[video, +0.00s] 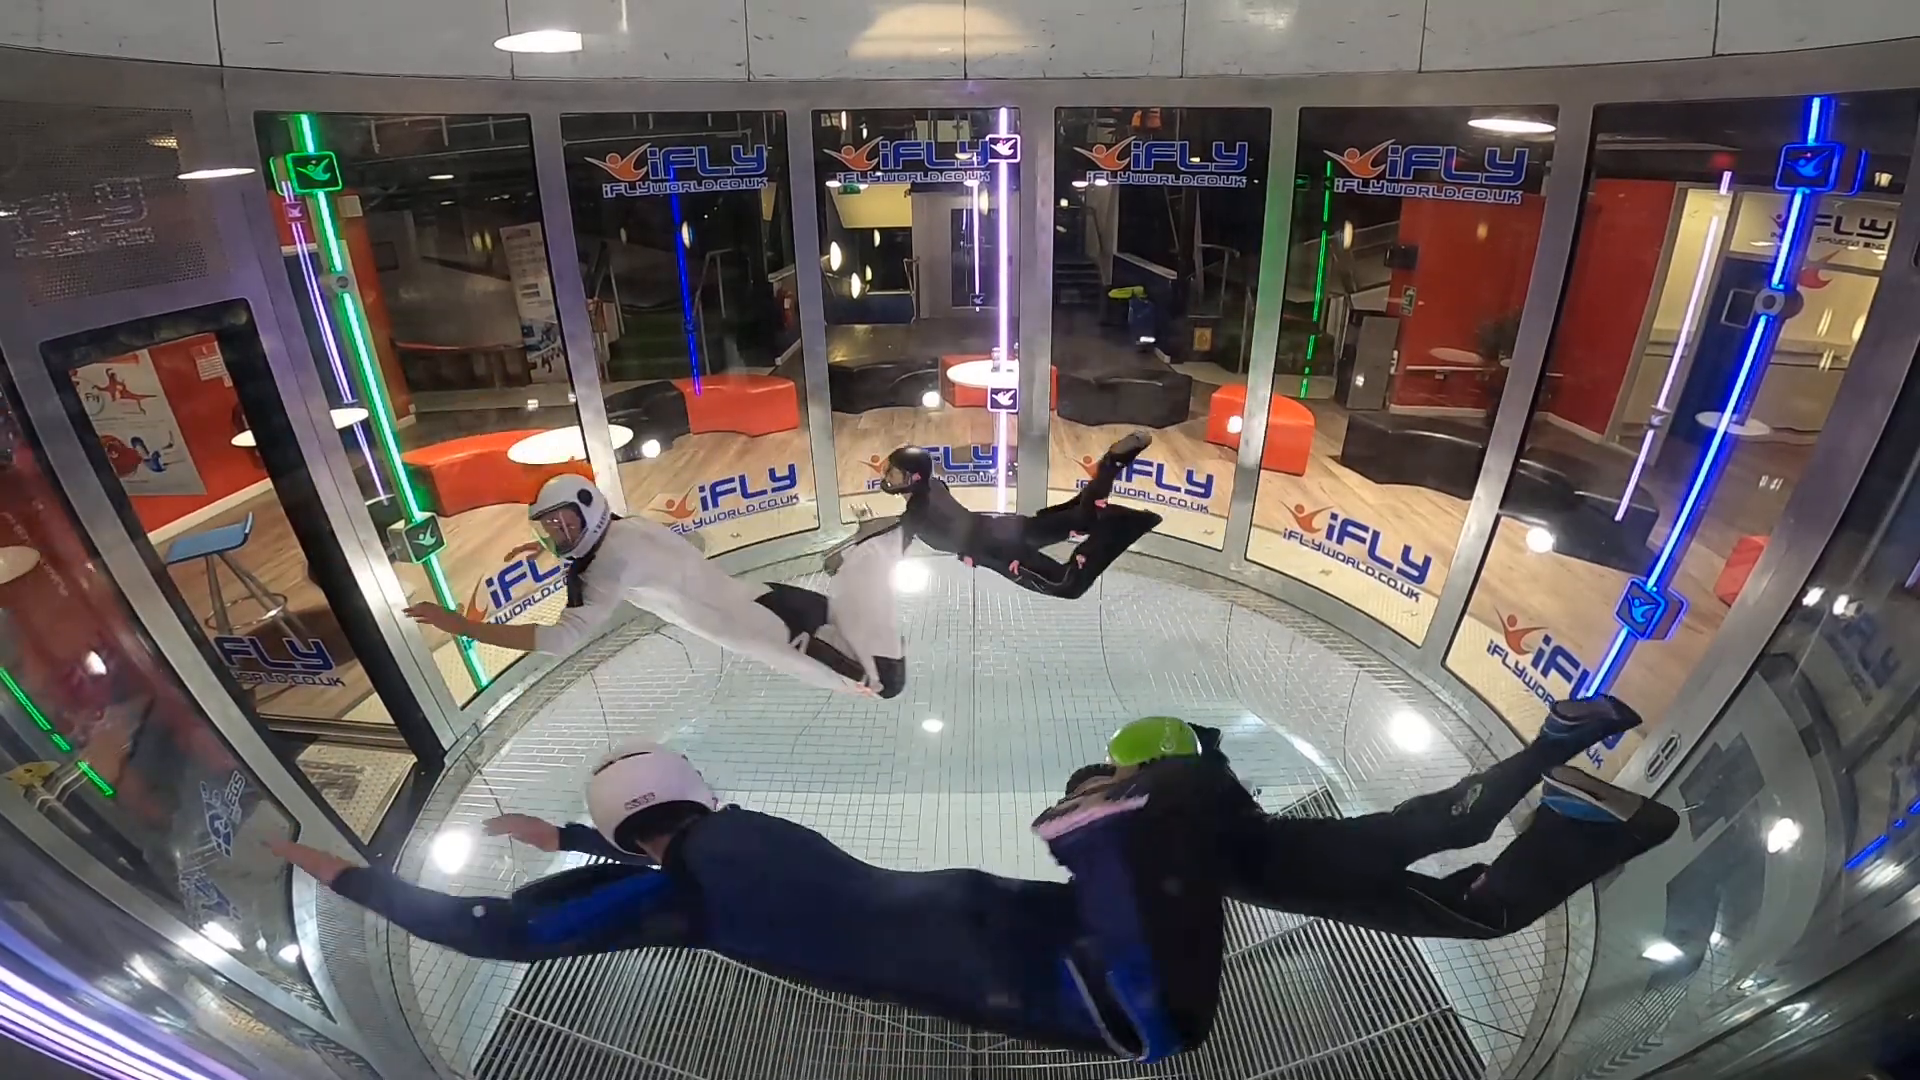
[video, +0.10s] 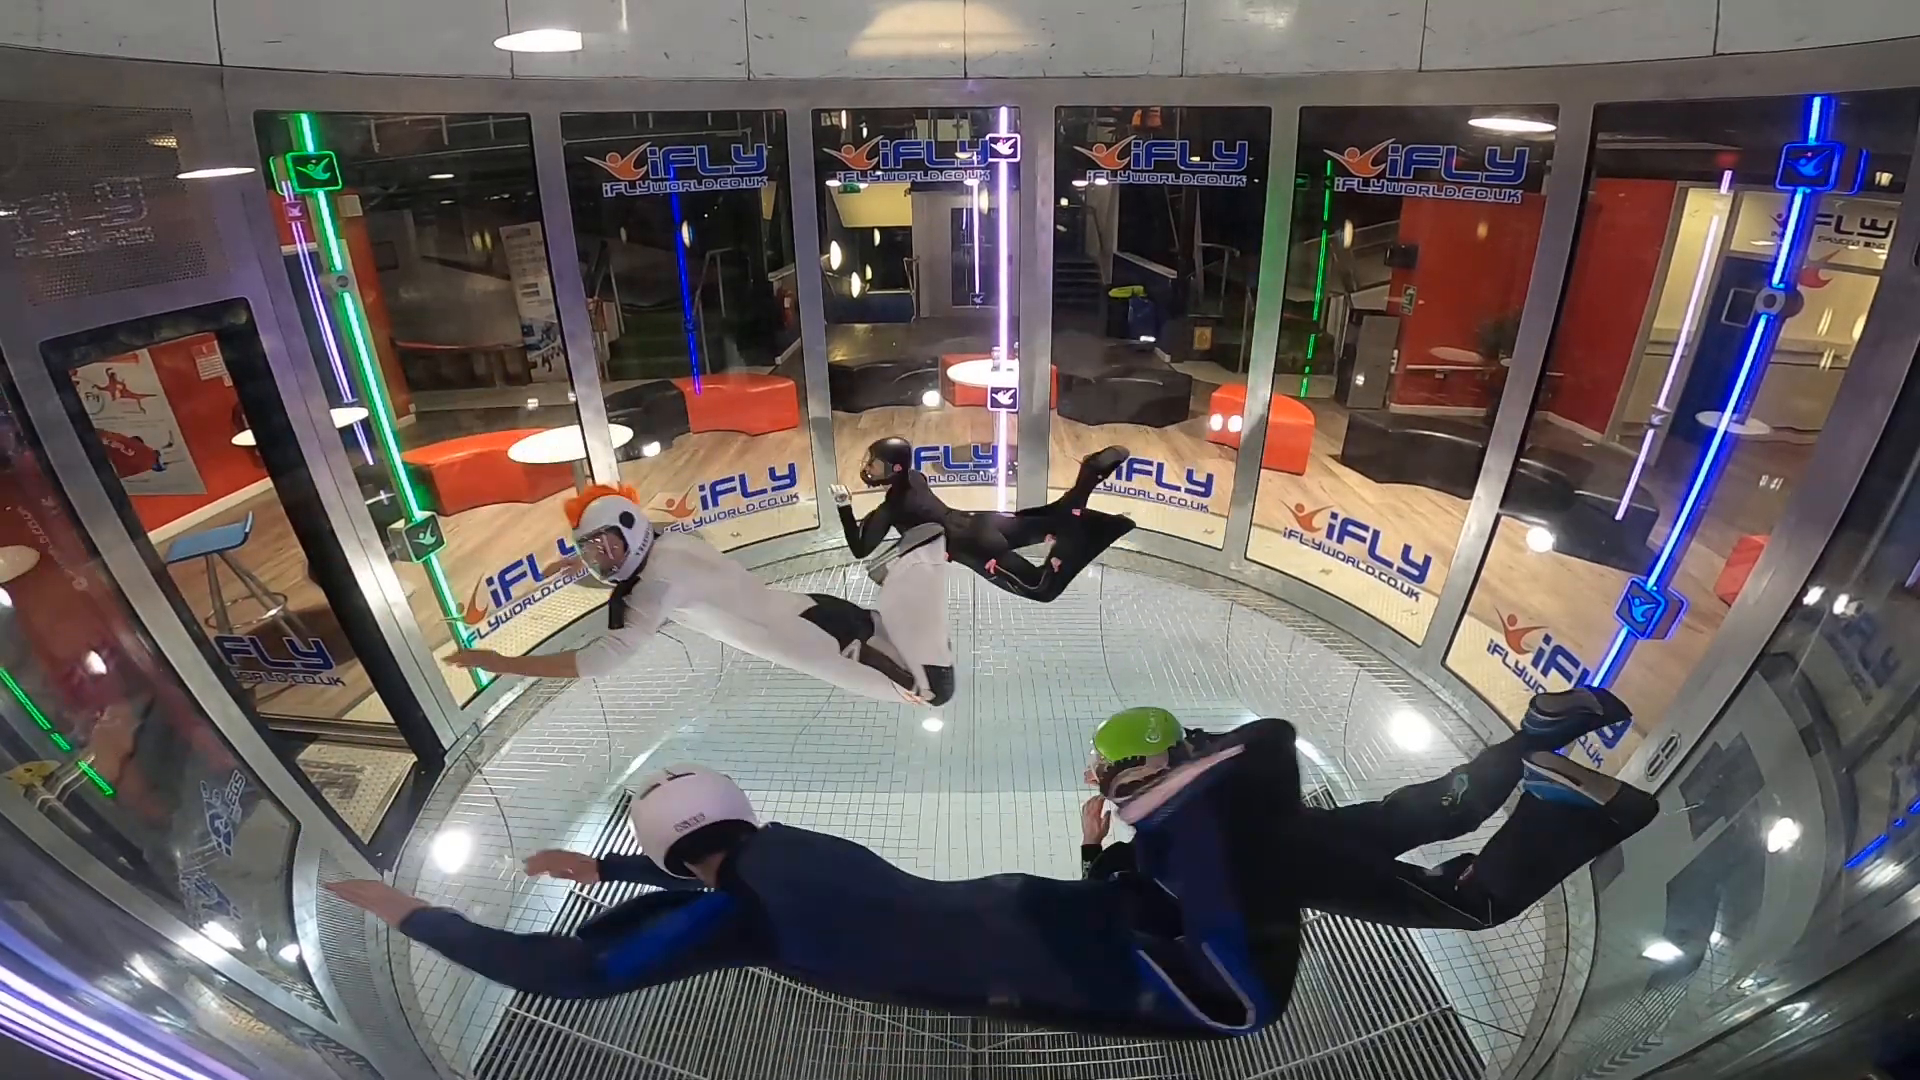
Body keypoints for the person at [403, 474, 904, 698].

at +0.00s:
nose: (553, 535)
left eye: (558, 521)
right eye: (546, 526)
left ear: (588, 511)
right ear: (569, 519)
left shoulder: (612, 560)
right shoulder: (622, 530)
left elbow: (561, 640)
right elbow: (689, 547)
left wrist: (463, 627)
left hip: (768, 625)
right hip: (768, 605)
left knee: (885, 679)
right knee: (864, 656)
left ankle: (875, 552)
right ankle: (858, 567)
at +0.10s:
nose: (600, 557)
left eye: (605, 542)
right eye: (591, 549)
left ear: (633, 531)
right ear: (602, 545)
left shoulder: (658, 578)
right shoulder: (659, 545)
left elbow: (597, 661)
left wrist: (499, 663)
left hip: (821, 636)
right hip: (815, 622)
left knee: (932, 687)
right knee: (913, 674)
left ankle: (926, 552)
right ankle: (911, 558)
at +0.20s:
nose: (650, 578)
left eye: (656, 564)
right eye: (642, 570)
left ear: (681, 550)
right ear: (661, 556)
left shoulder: (706, 602)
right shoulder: (707, 557)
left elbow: (648, 680)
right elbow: (657, 565)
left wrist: (553, 688)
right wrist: (617, 584)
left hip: (855, 644)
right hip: (850, 617)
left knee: (978, 693)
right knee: (930, 634)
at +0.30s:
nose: (699, 593)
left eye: (705, 583)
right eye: (695, 584)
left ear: (732, 579)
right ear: (730, 573)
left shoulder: (762, 623)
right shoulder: (756, 577)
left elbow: (701, 697)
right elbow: (710, 584)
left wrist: (624, 695)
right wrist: (674, 605)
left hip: (920, 661)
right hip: (913, 629)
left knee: (1026, 702)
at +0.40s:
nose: (762, 597)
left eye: (768, 584)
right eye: (759, 586)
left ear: (787, 584)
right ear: (801, 567)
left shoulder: (820, 632)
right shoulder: (824, 584)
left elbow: (769, 700)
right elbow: (783, 595)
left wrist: (704, 683)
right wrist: (743, 614)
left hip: (982, 668)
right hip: (978, 638)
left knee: (1089, 704)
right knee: (1080, 683)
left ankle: (1098, 579)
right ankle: (1078, 584)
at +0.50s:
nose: (820, 618)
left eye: (826, 609)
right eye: (817, 608)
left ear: (848, 607)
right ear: (858, 581)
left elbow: (827, 708)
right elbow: (840, 605)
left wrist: (772, 683)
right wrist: (803, 629)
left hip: (1033, 667)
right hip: (1026, 639)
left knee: (1161, 699)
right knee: (1138, 665)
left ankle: (1159, 587)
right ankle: (1154, 579)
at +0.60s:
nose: (879, 615)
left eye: (887, 606)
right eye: (875, 607)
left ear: (913, 600)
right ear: (905, 593)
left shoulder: (935, 645)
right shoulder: (935, 601)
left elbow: (887, 711)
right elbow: (890, 617)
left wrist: (827, 702)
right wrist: (862, 634)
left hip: (1088, 662)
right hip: (1073, 639)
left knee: (1215, 695)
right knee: (1168, 641)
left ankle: (1238, 590)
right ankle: (1208, 562)